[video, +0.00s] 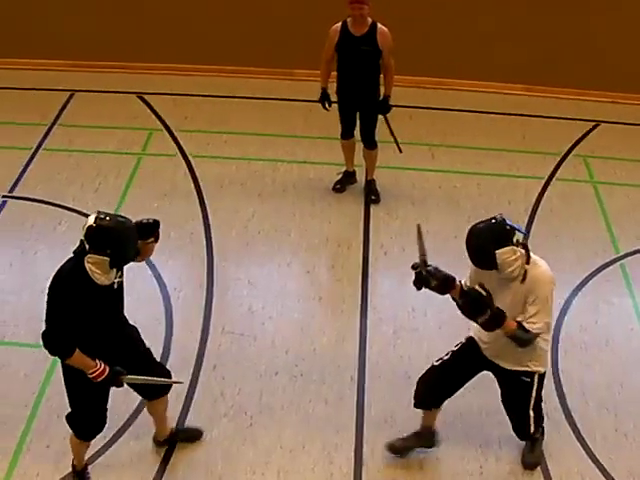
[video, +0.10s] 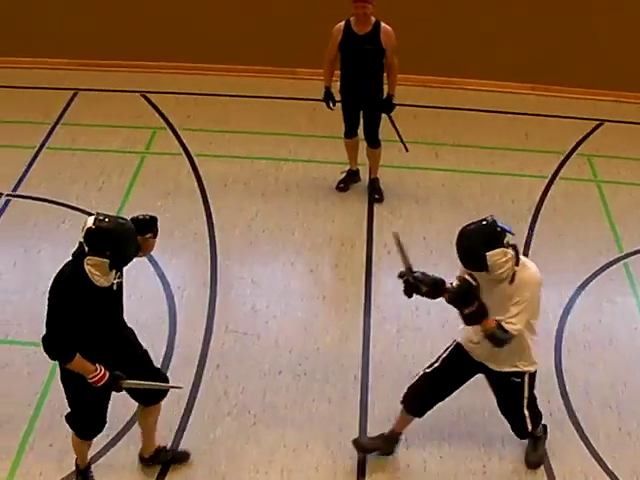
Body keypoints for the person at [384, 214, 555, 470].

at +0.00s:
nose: (483, 270)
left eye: (487, 265)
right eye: (481, 264)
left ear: (507, 257)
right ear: (482, 259)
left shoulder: (539, 277)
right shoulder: (484, 265)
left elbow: (527, 338)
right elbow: (476, 306)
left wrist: (490, 316)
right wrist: (449, 286)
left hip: (522, 362)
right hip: (483, 344)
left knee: (526, 424)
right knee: (431, 385)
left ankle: (534, 439)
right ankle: (426, 433)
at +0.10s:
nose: (474, 273)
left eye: (478, 268)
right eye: (471, 268)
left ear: (495, 258)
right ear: (475, 263)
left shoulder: (528, 277)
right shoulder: (479, 267)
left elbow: (503, 338)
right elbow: (463, 293)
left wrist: (473, 308)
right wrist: (432, 287)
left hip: (512, 362)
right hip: (472, 348)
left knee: (522, 423)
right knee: (421, 392)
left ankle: (538, 434)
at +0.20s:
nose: (459, 275)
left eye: (463, 270)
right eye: (458, 270)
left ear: (481, 262)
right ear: (460, 264)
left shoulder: (511, 282)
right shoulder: (463, 269)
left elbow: (480, 340)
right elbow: (443, 292)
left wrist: (450, 311)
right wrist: (412, 291)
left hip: (495, 362)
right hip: (455, 347)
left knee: (515, 418)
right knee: (404, 392)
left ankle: (540, 430)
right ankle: (385, 440)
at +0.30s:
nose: (455, 265)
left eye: (461, 260)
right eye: (454, 259)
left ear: (480, 254)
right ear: (458, 254)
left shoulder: (510, 272)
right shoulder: (458, 259)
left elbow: (477, 331)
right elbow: (441, 286)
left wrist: (445, 310)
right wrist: (413, 285)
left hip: (494, 353)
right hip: (454, 337)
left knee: (514, 412)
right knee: (405, 384)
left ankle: (541, 418)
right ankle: (399, 429)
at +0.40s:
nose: (446, 261)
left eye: (452, 257)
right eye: (445, 256)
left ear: (473, 246)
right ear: (450, 251)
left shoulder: (502, 263)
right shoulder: (449, 255)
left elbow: (475, 325)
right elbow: (435, 278)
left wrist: (440, 300)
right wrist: (404, 276)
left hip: (493, 340)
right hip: (453, 326)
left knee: (499, 408)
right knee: (408, 379)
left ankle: (521, 412)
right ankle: (402, 423)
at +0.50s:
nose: (446, 251)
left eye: (449, 246)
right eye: (444, 246)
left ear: (467, 236)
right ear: (450, 241)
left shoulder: (501, 252)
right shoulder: (450, 241)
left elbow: (471, 314)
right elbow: (431, 263)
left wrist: (441, 283)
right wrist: (403, 264)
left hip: (495, 329)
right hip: (454, 316)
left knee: (486, 394)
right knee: (416, 365)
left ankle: (499, 407)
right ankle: (403, 413)